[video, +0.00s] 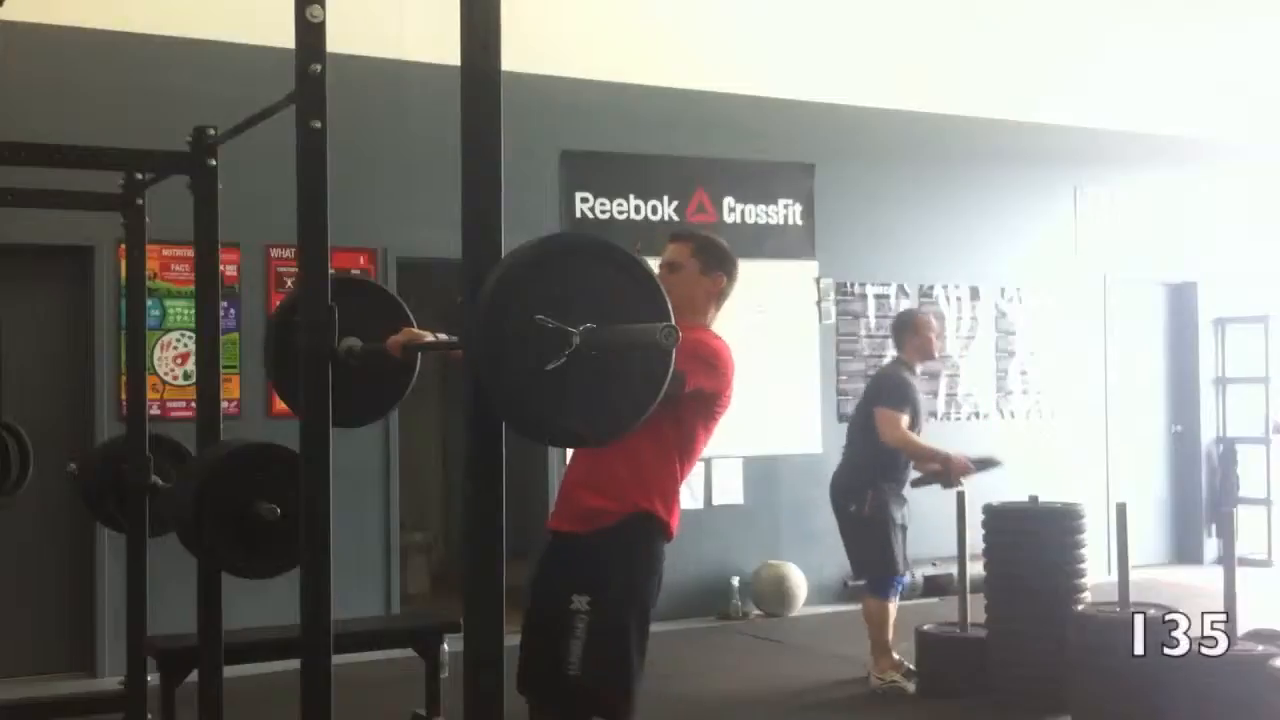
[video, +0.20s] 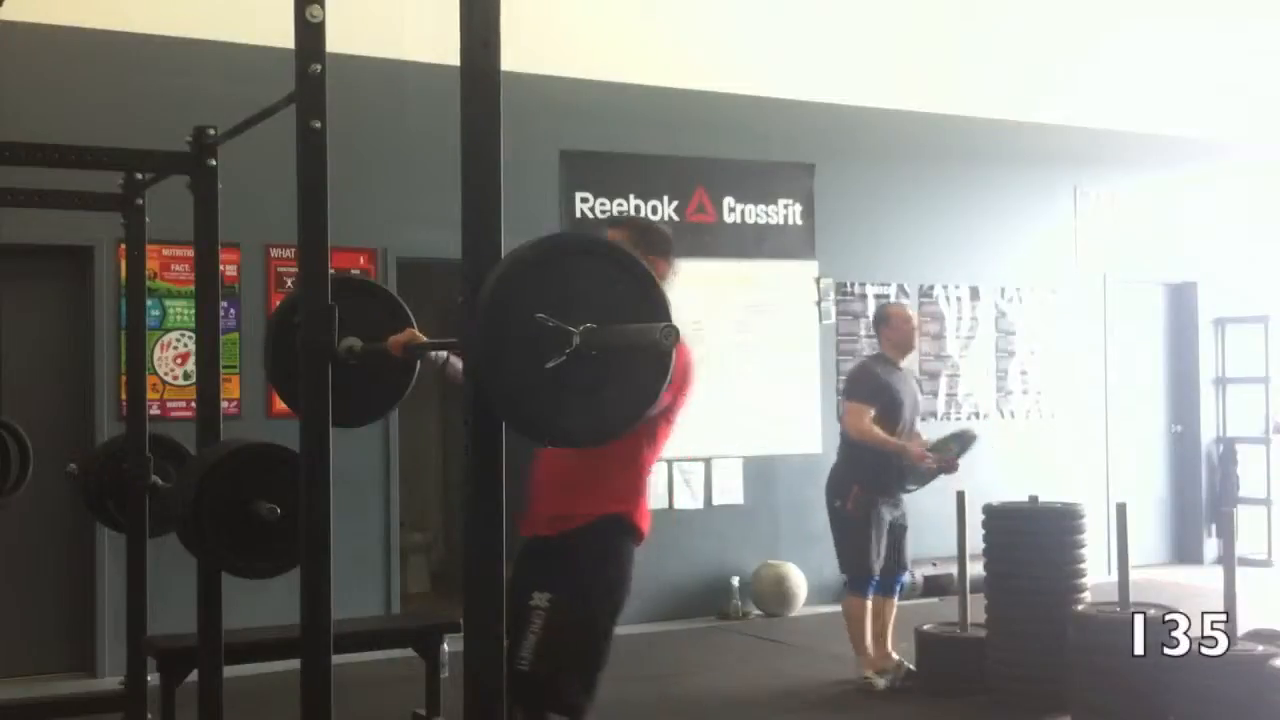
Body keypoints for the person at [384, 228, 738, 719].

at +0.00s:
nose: (658, 277)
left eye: (674, 268)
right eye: (660, 268)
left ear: (715, 283)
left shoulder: (708, 352)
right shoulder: (635, 338)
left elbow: (604, 367)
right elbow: (541, 355)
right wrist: (440, 344)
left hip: (625, 533)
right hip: (570, 530)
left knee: (598, 693)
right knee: (543, 687)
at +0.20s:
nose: (604, 271)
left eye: (620, 260)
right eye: (603, 258)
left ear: (656, 269)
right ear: (598, 261)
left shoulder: (665, 347)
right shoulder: (582, 340)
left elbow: (631, 402)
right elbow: (510, 380)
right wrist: (431, 352)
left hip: (596, 531)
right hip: (546, 529)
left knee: (546, 693)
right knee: (521, 687)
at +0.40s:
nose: (517, 271)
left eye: (530, 259)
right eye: (512, 258)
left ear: (560, 267)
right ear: (504, 262)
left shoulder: (579, 361)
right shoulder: (506, 356)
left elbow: (553, 468)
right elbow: (453, 430)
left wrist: (525, 371)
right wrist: (418, 380)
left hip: (551, 538)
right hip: (496, 537)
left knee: (515, 691)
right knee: (473, 684)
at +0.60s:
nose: (441, 277)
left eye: (458, 269)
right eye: (447, 267)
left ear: (491, 284)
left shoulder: (511, 370)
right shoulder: (448, 372)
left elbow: (449, 464)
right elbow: (387, 467)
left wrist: (455, 364)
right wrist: (384, 376)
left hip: (482, 576)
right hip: (439, 575)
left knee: (391, 704)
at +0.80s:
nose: (428, 279)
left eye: (444, 270)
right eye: (434, 268)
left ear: (480, 284)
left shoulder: (501, 371)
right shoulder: (428, 370)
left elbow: (422, 450)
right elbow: (347, 448)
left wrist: (457, 350)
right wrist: (377, 362)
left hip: (440, 589)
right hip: (397, 587)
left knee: (362, 708)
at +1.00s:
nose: (428, 273)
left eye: (444, 264)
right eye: (433, 262)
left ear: (480, 278)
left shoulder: (500, 366)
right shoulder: (426, 364)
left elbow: (412, 439)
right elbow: (342, 438)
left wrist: (459, 340)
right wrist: (377, 359)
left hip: (433, 575)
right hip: (389, 574)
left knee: (365, 707)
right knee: (372, 706)